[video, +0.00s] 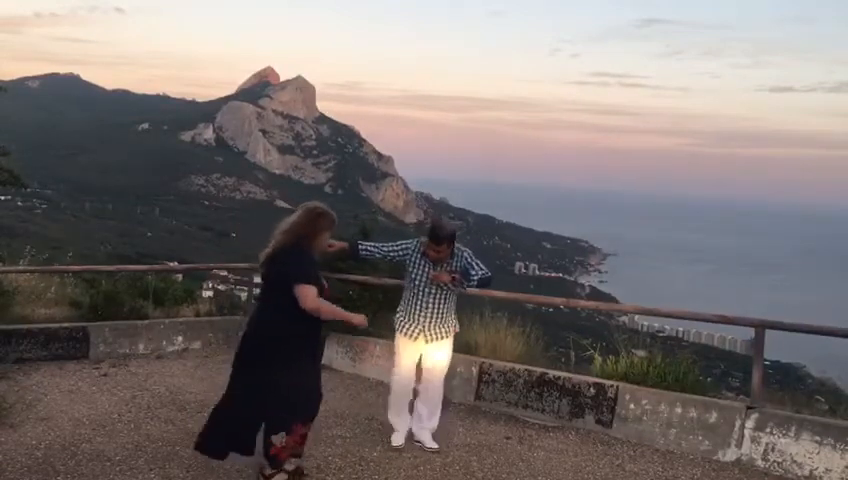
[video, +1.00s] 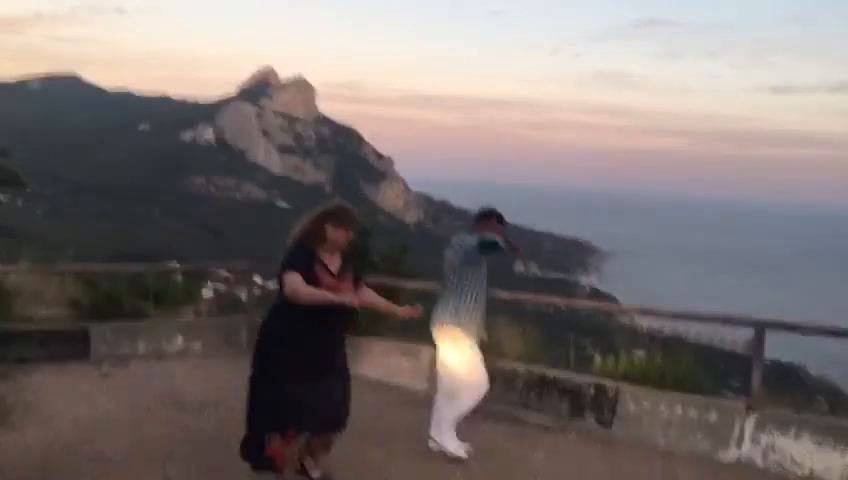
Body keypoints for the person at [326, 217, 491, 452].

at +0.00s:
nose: (434, 255)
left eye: (439, 252)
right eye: (431, 250)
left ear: (451, 247)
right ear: (426, 241)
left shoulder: (462, 256)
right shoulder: (414, 248)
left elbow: (484, 277)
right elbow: (381, 250)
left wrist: (454, 279)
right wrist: (346, 247)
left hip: (441, 331)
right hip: (409, 327)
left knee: (433, 384)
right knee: (402, 380)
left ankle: (424, 431)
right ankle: (399, 429)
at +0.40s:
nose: (459, 256)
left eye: (464, 253)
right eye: (456, 251)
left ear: (470, 251)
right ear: (447, 241)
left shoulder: (469, 260)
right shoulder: (429, 248)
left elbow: (488, 279)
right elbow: (401, 253)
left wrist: (475, 292)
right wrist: (377, 255)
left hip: (440, 330)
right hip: (411, 328)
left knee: (447, 378)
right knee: (413, 382)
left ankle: (425, 427)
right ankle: (409, 437)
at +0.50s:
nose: (465, 257)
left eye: (470, 254)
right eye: (462, 251)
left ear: (475, 252)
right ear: (454, 242)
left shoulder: (473, 264)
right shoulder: (436, 248)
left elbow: (483, 285)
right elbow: (412, 255)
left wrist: (472, 303)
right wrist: (398, 258)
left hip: (442, 332)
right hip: (413, 329)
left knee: (455, 380)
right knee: (415, 384)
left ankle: (429, 422)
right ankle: (410, 437)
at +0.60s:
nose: (473, 256)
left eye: (478, 253)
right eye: (471, 249)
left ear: (482, 251)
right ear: (461, 241)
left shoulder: (475, 268)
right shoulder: (446, 246)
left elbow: (473, 301)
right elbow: (420, 252)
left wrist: (468, 314)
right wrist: (429, 256)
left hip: (445, 334)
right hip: (418, 328)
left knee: (451, 383)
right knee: (419, 383)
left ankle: (442, 437)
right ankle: (410, 440)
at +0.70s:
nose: (484, 253)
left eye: (487, 250)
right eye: (483, 247)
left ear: (484, 247)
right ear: (474, 238)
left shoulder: (473, 263)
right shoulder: (449, 245)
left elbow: (472, 293)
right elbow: (432, 251)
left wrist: (470, 310)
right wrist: (462, 251)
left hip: (451, 332)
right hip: (427, 327)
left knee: (452, 383)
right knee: (433, 380)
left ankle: (442, 437)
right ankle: (413, 433)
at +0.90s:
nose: (491, 240)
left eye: (493, 236)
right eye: (490, 234)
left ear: (487, 234)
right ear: (481, 227)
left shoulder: (474, 254)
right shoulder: (455, 241)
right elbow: (468, 247)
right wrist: (494, 245)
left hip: (456, 329)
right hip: (443, 326)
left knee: (456, 381)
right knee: (459, 381)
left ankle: (444, 433)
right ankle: (430, 432)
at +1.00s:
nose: (497, 236)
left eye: (499, 232)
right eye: (496, 230)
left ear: (481, 226)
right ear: (484, 224)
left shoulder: (472, 248)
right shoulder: (461, 242)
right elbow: (487, 246)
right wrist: (503, 243)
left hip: (459, 327)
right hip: (453, 326)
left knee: (449, 385)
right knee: (477, 383)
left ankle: (439, 435)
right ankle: (443, 429)